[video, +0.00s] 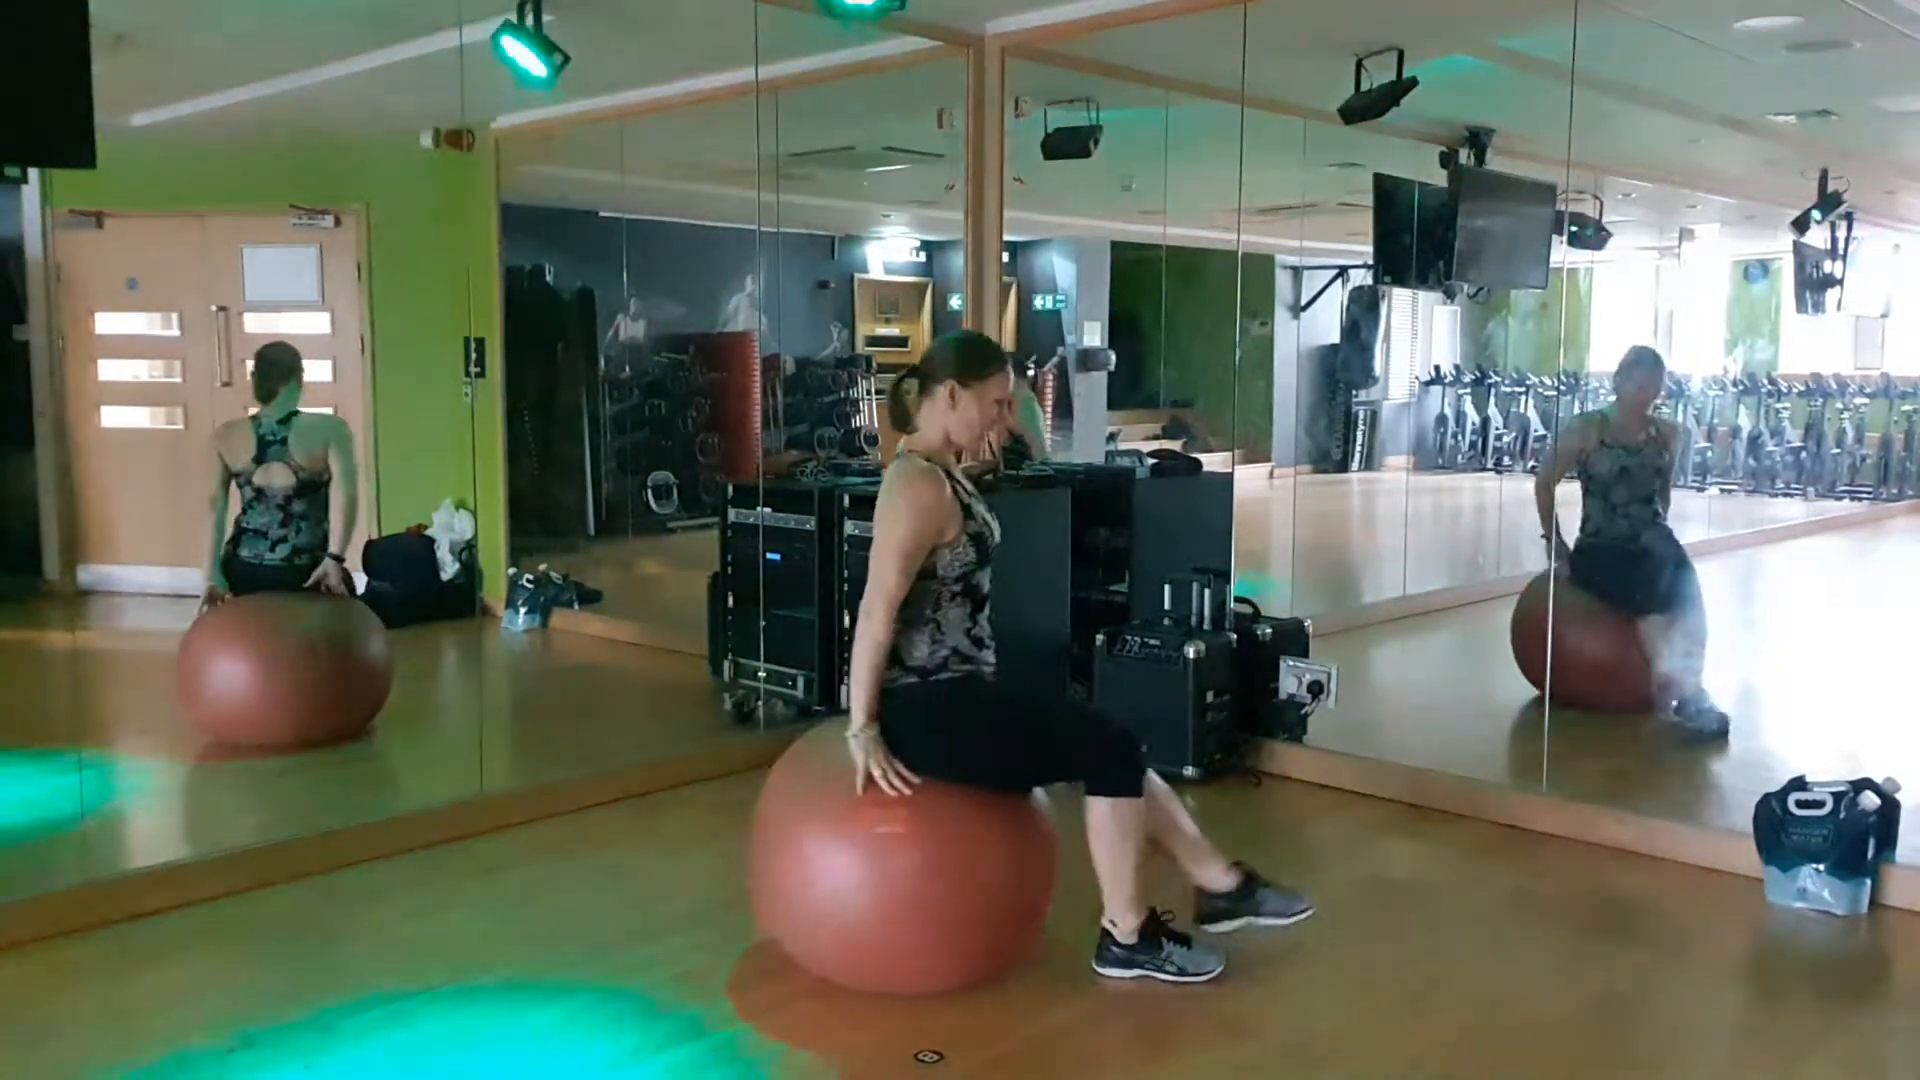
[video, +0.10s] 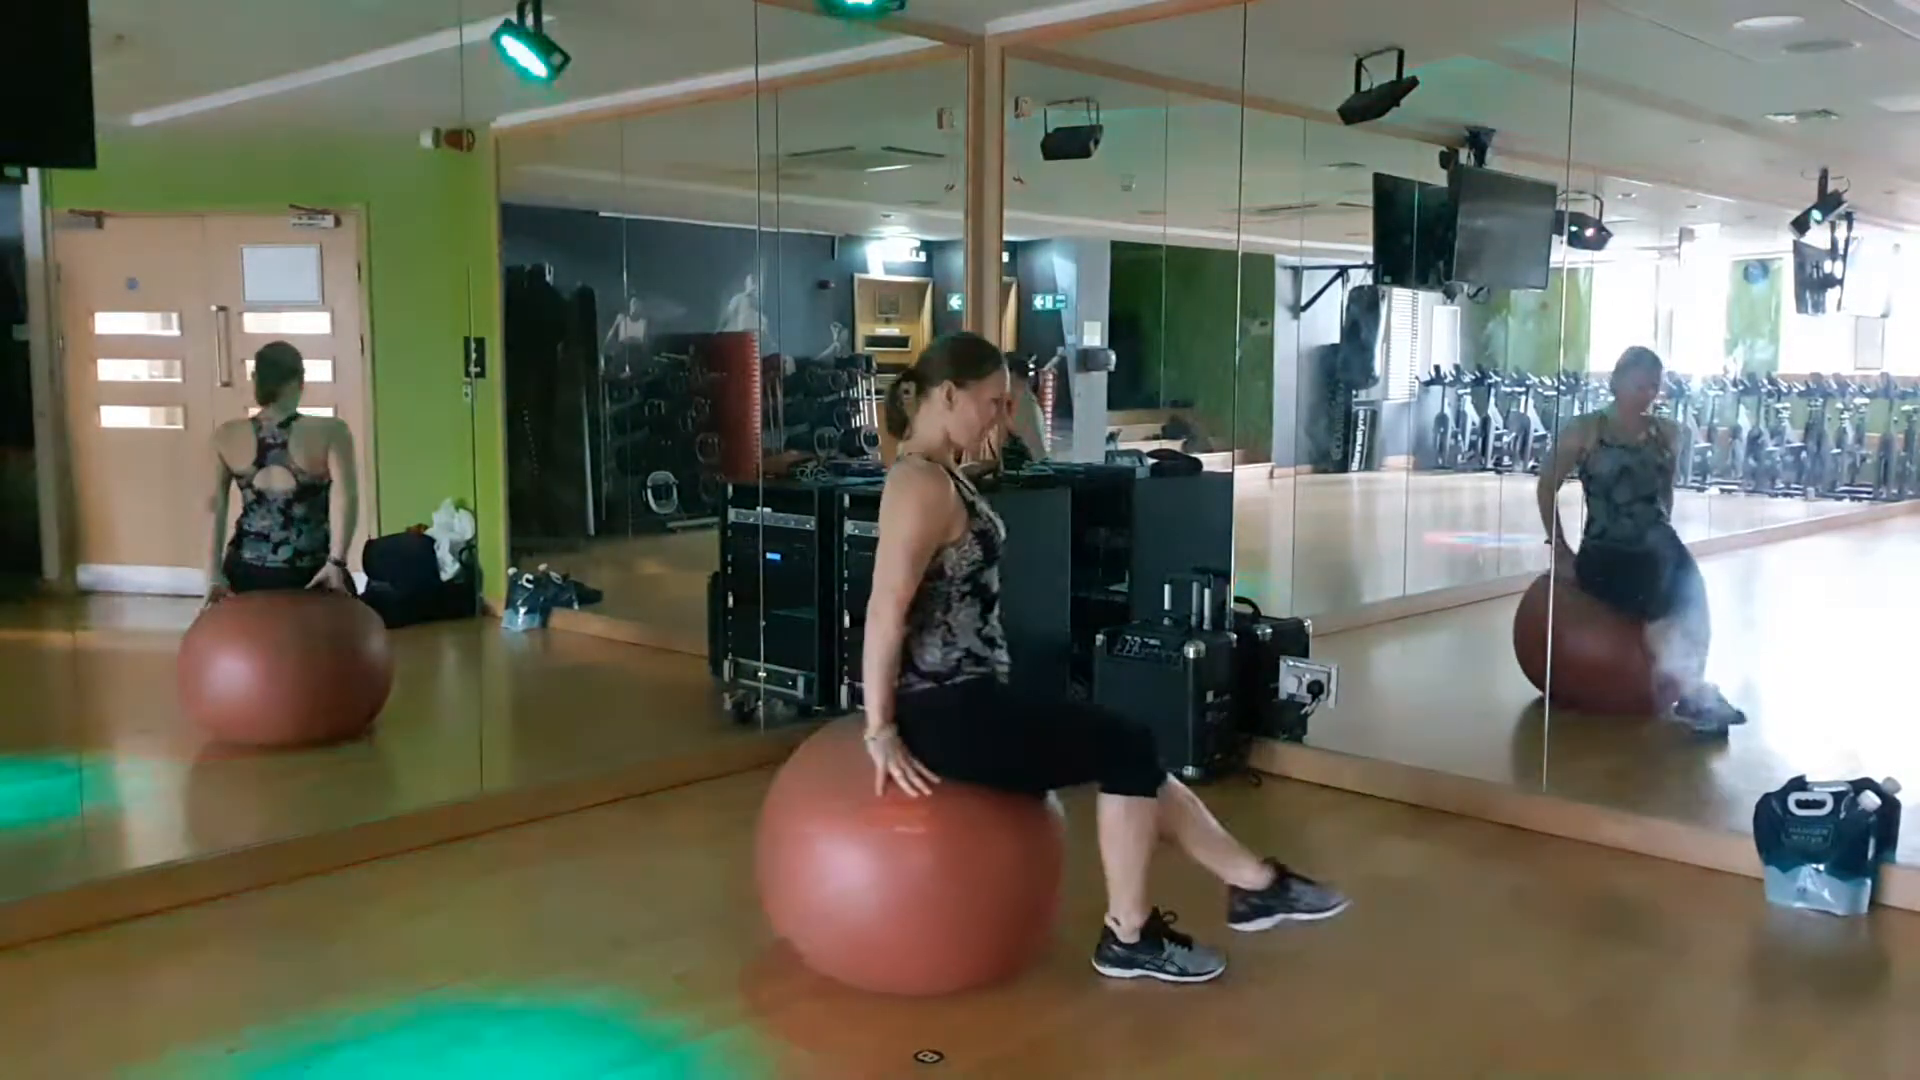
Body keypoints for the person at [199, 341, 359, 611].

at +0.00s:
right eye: (299, 376)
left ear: (256, 383)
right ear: (298, 379)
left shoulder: (228, 435)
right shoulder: (330, 429)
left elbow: (217, 507)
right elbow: (345, 494)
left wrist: (213, 573)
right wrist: (335, 556)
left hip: (244, 569)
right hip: (306, 568)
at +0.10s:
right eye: (300, 379)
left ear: (256, 383)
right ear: (300, 383)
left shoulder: (228, 436)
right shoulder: (330, 432)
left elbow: (217, 507)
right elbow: (345, 498)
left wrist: (214, 574)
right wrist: (337, 560)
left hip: (247, 568)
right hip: (309, 567)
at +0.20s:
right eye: (304, 381)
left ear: (259, 386)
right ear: (303, 386)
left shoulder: (231, 437)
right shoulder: (332, 437)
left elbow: (218, 507)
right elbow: (344, 506)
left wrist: (218, 572)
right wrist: (338, 564)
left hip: (250, 568)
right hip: (312, 567)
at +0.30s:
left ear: (263, 389)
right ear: (306, 389)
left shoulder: (232, 441)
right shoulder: (333, 442)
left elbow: (220, 512)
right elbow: (344, 509)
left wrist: (223, 574)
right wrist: (340, 567)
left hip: (254, 572)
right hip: (313, 571)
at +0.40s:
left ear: (263, 393)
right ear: (307, 395)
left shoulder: (235, 446)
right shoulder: (334, 445)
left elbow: (222, 516)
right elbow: (347, 515)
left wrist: (229, 579)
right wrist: (343, 571)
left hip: (257, 575)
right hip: (315, 574)